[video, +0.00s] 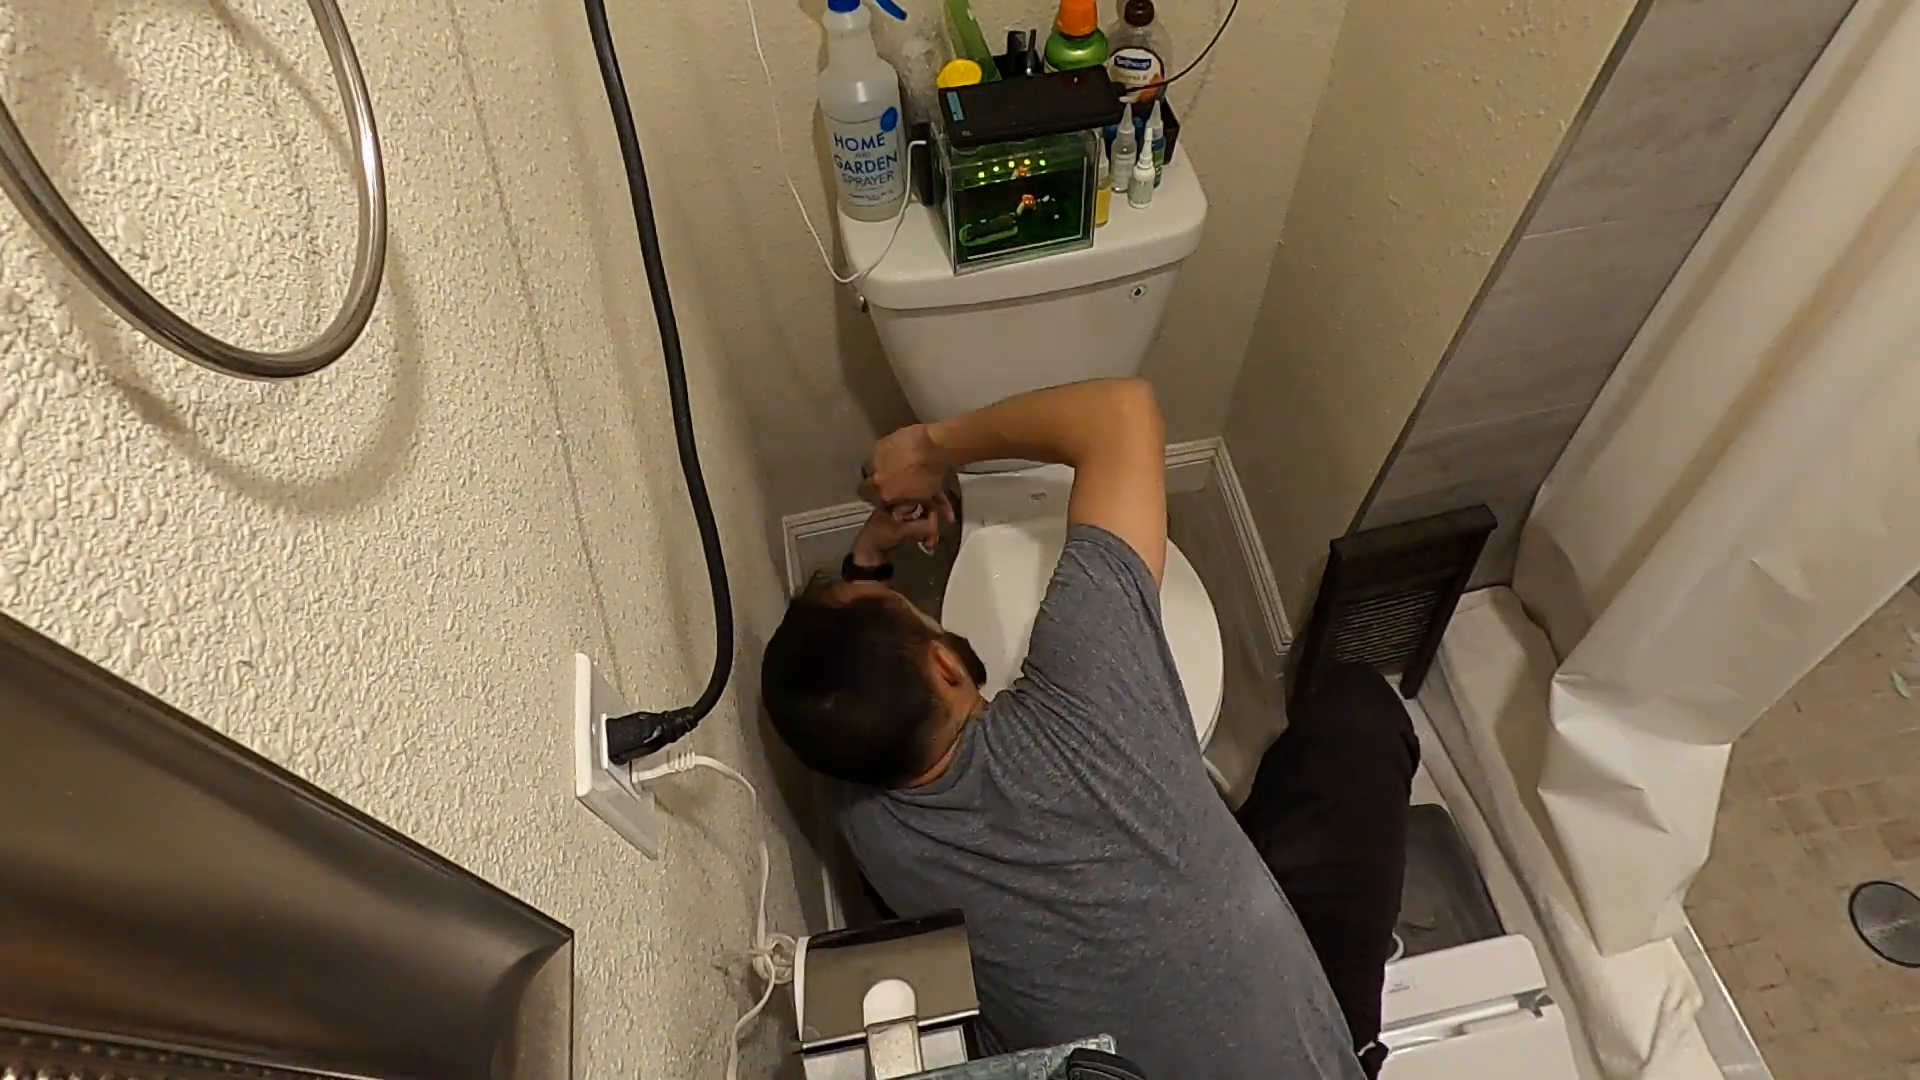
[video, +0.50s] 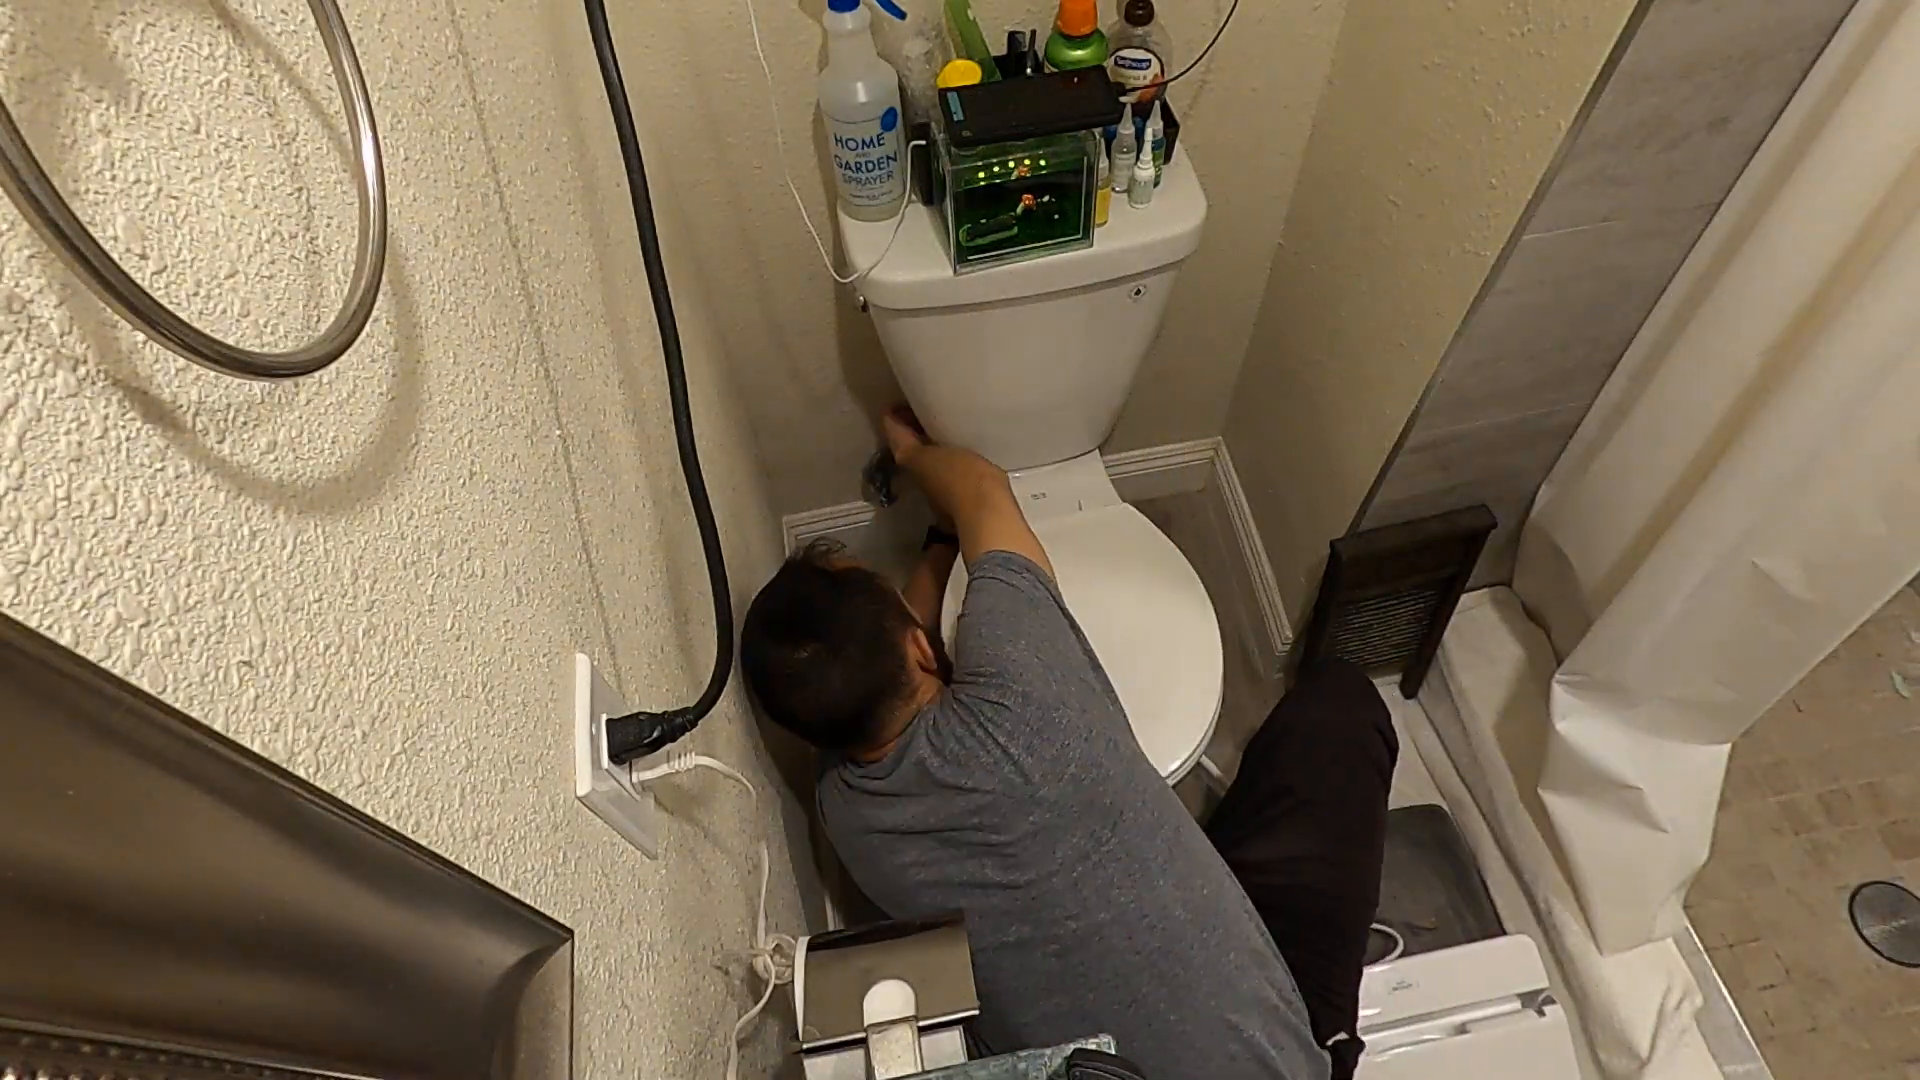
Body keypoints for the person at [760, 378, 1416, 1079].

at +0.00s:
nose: (926, 611)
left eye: (905, 607)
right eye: (916, 615)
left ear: (839, 751)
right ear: (945, 663)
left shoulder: (879, 843)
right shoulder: (1089, 690)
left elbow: (836, 718)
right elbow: (1118, 411)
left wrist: (870, 553)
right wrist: (936, 443)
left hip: (1077, 1072)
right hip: (1298, 1055)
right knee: (1356, 701)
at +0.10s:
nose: (885, 597)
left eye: (869, 599)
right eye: (880, 606)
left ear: (839, 760)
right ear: (922, 663)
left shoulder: (886, 847)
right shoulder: (1081, 687)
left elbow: (848, 733)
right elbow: (1119, 413)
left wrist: (878, 567)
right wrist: (935, 421)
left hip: (1088, 1070)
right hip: (1296, 1055)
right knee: (1348, 700)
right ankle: (1344, 664)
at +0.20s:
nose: (918, 608)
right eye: (910, 603)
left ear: (820, 729)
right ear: (919, 633)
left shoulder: (863, 821)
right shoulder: (1043, 683)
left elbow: (904, 651)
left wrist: (918, 519)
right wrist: (898, 433)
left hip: (1081, 1071)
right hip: (1279, 1054)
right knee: (1361, 711)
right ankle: (1354, 690)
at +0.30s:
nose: (911, 622)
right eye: (904, 613)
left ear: (813, 732)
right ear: (913, 647)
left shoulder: (853, 824)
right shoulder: (1034, 690)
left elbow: (909, 676)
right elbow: (982, 479)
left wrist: (936, 552)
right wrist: (899, 434)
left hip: (1077, 1069)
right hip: (1276, 1051)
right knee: (1338, 697)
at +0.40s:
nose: (906, 615)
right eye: (900, 610)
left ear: (815, 739)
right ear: (915, 648)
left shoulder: (855, 832)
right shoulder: (1036, 689)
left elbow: (900, 683)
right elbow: (971, 491)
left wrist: (933, 540)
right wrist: (898, 435)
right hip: (1272, 1050)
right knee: (1339, 696)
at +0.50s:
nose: (902, 594)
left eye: (879, 580)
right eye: (885, 587)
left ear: (807, 725)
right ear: (920, 647)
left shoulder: (847, 823)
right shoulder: (1031, 694)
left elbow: (907, 668)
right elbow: (979, 493)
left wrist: (940, 549)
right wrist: (913, 448)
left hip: (1067, 1063)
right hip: (1261, 1047)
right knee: (1336, 695)